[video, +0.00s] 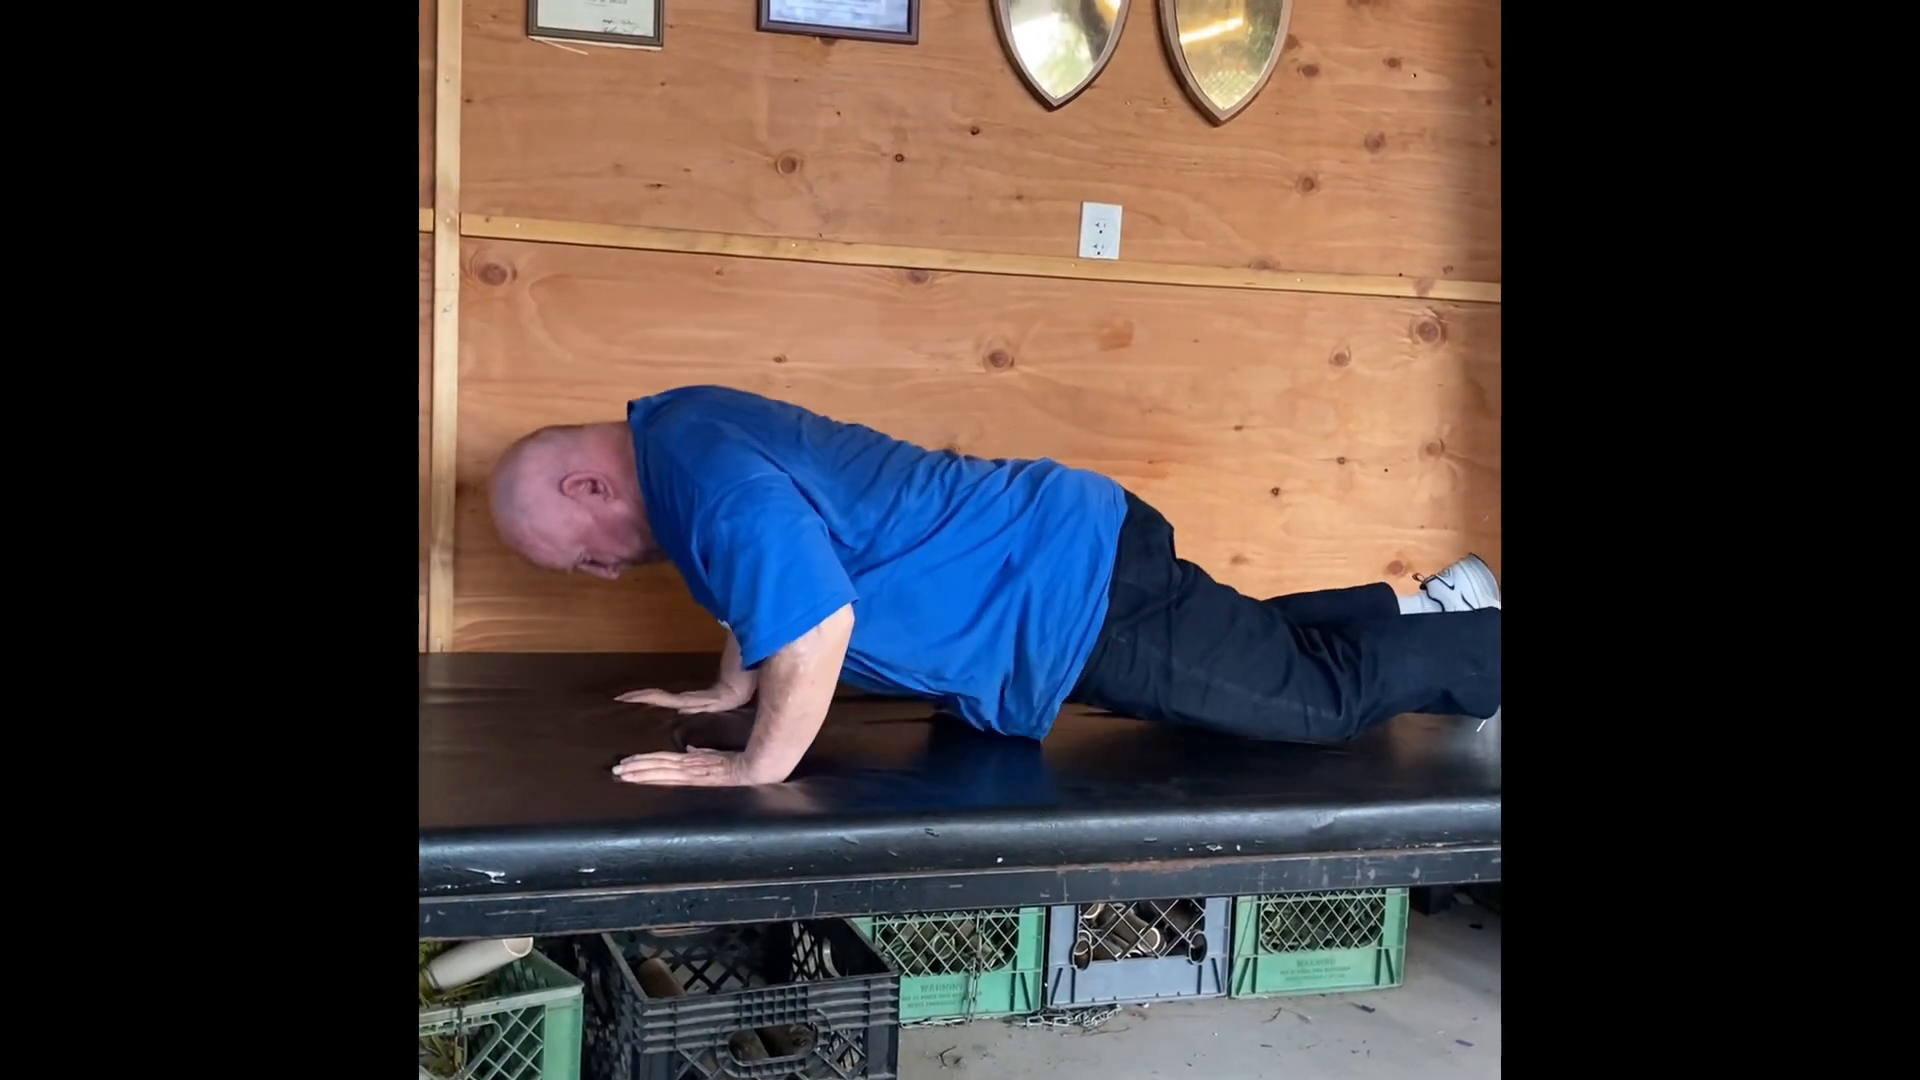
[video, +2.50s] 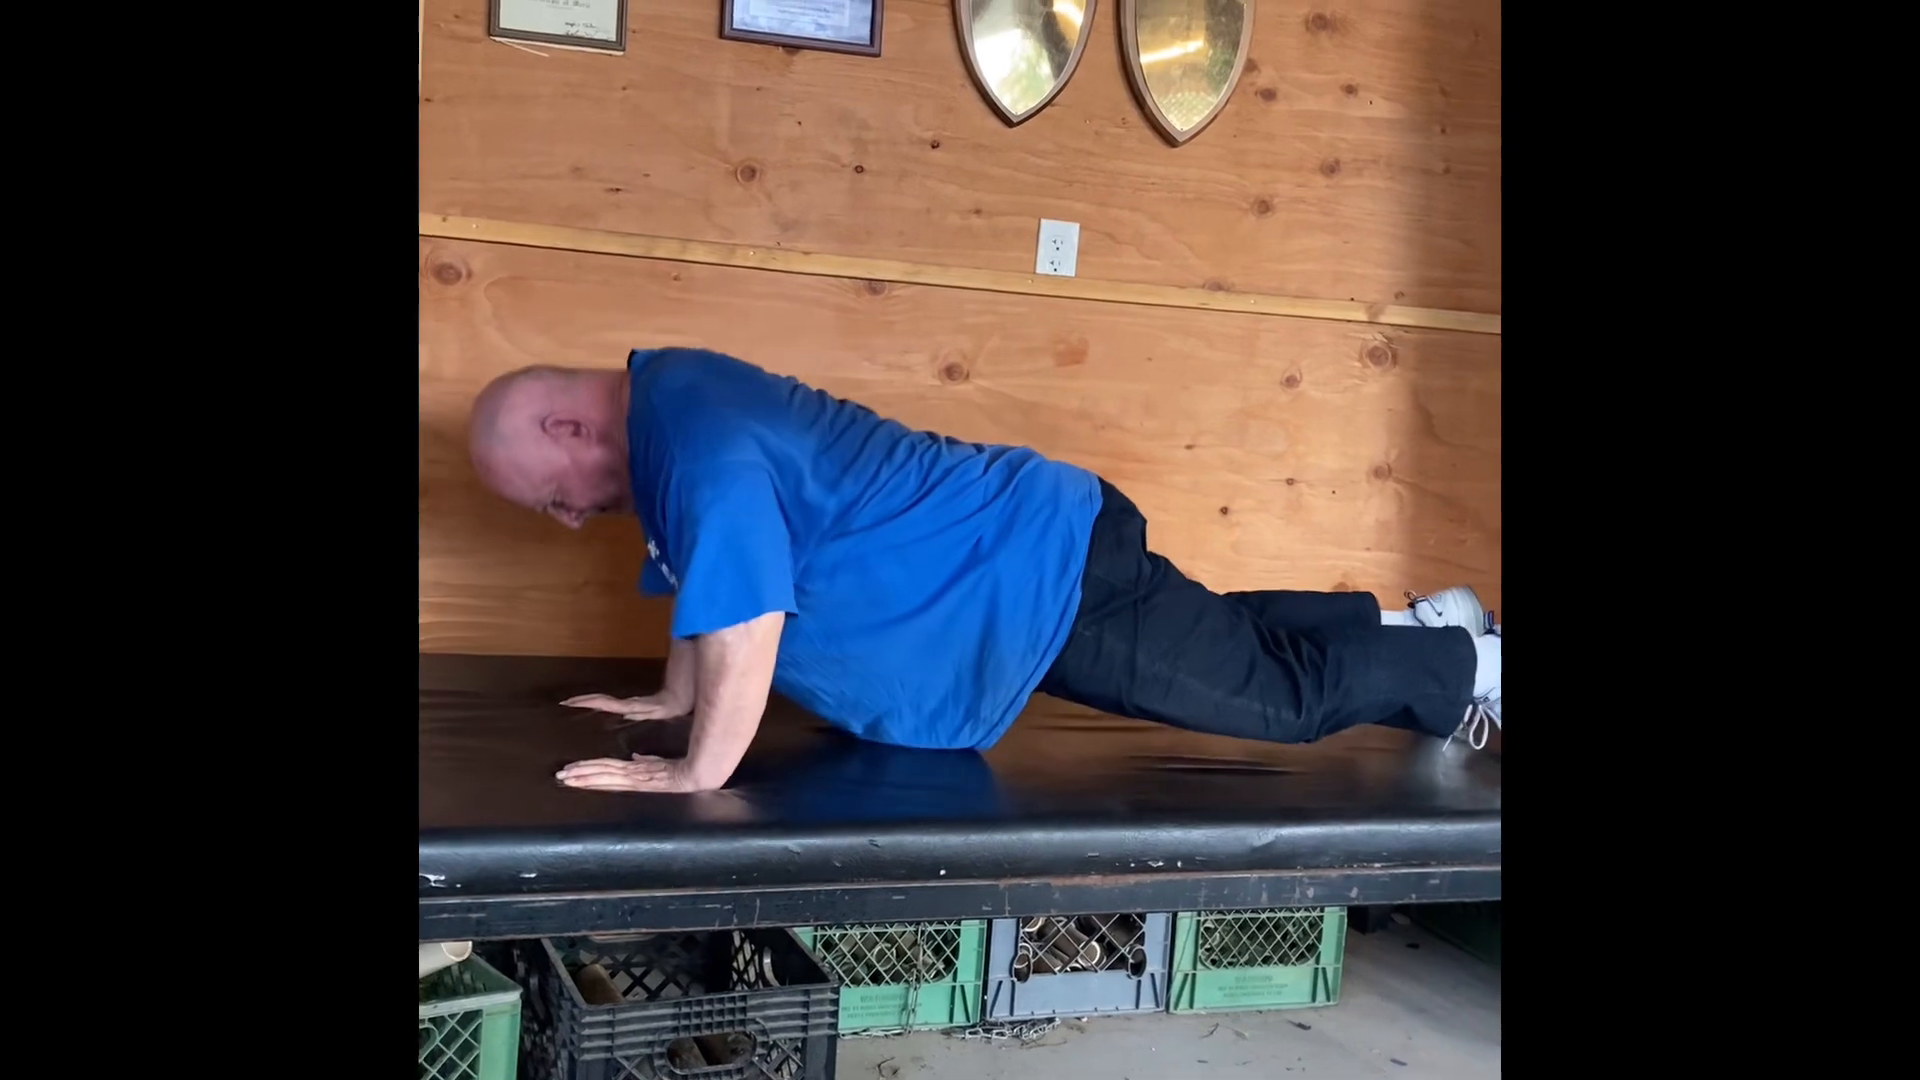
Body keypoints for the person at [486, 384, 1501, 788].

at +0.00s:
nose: (606, 552)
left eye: (584, 538)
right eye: (580, 551)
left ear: (581, 480)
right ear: (580, 479)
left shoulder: (711, 474)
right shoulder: (680, 441)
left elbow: (816, 616)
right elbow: (774, 591)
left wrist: (761, 768)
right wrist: (738, 705)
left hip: (1079, 587)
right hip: (1056, 567)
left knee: (1313, 693)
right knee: (1282, 653)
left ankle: (1483, 648)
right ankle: (1452, 607)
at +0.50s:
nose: (597, 599)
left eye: (571, 591)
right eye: (574, 597)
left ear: (569, 531)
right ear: (564, 500)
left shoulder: (686, 499)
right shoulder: (658, 463)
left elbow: (804, 618)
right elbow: (764, 592)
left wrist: (749, 766)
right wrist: (732, 690)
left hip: (1068, 608)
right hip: (1049, 571)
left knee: (1307, 695)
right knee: (1276, 649)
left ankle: (1486, 653)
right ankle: (1460, 612)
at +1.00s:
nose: (591, 622)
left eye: (568, 613)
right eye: (570, 619)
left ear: (566, 557)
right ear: (559, 528)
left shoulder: (683, 518)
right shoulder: (641, 487)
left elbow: (807, 633)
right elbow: (780, 599)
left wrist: (740, 771)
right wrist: (722, 693)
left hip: (1060, 607)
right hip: (1033, 586)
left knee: (1306, 687)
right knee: (1262, 654)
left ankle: (1479, 648)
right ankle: (1435, 612)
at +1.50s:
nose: (598, 541)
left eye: (575, 525)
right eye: (572, 531)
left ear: (581, 469)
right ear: (578, 441)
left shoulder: (710, 451)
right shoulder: (674, 431)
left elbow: (785, 605)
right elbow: (744, 591)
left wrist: (737, 759)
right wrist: (716, 708)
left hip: (1074, 568)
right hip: (1049, 567)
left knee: (1313, 674)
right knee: (1287, 628)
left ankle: (1485, 648)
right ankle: (1468, 606)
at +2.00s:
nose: (561, 644)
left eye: (541, 634)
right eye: (542, 642)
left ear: (543, 574)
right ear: (539, 560)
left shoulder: (661, 534)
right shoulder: (611, 513)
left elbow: (781, 636)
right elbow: (716, 635)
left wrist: (714, 772)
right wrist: (663, 690)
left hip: (1041, 634)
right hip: (1014, 615)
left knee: (1277, 726)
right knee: (1221, 666)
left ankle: (1463, 668)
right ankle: (1409, 626)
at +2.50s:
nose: (573, 511)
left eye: (556, 491)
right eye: (551, 502)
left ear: (571, 431)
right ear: (569, 415)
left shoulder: (695, 437)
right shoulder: (664, 412)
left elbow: (747, 613)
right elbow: (717, 592)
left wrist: (704, 770)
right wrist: (681, 705)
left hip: (1050, 583)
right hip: (1030, 557)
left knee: (1274, 696)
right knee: (1217, 638)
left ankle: (1462, 662)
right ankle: (1406, 618)